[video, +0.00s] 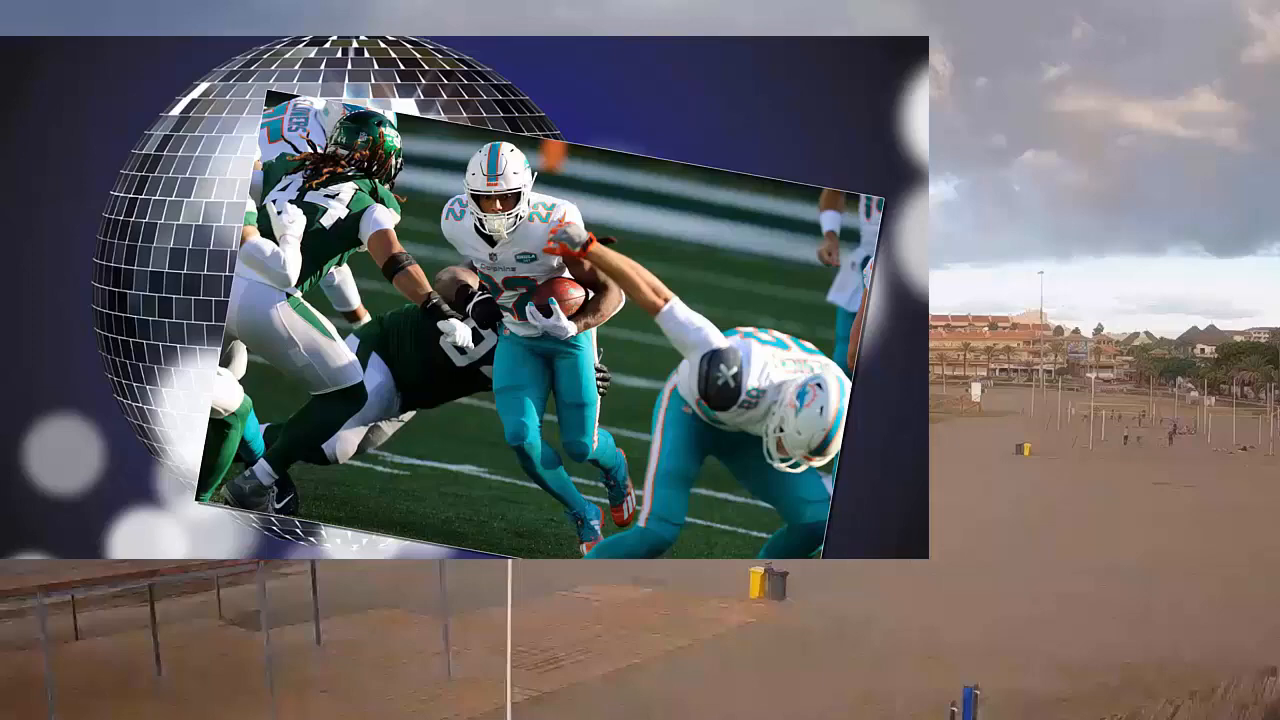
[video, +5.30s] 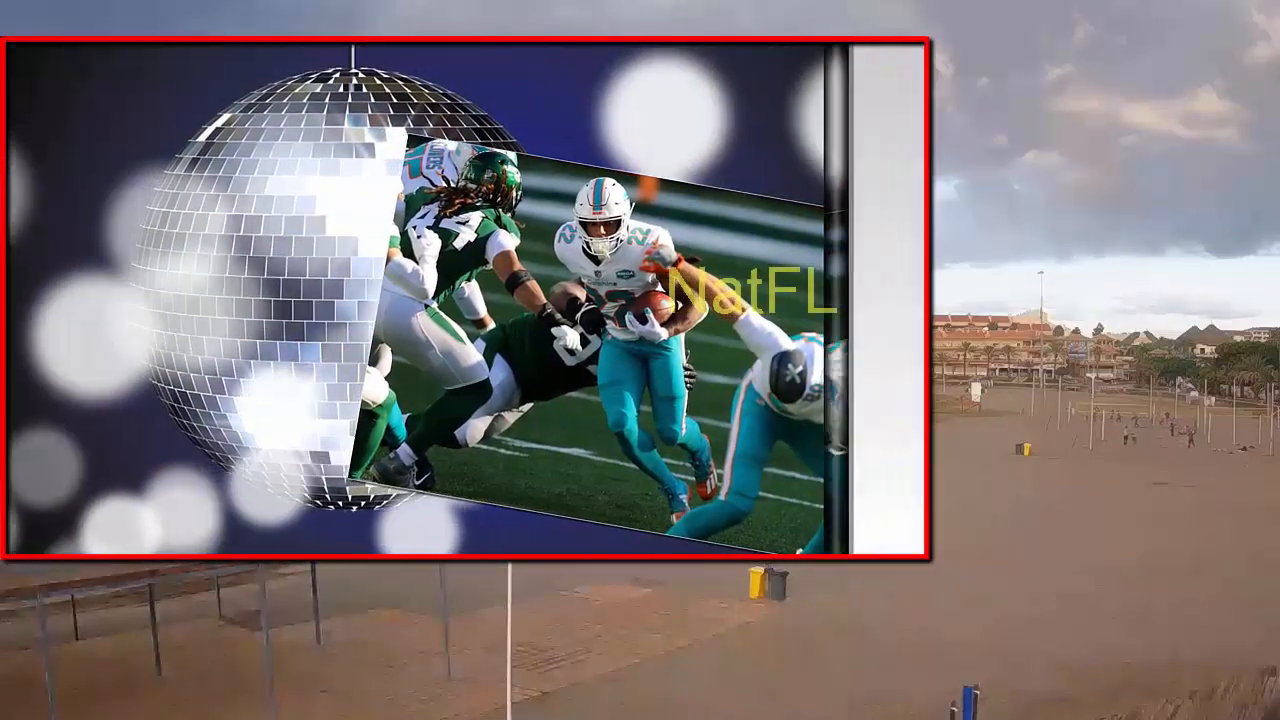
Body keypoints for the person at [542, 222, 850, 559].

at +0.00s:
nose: (793, 464)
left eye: (807, 460)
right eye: (788, 453)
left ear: (835, 435)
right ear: (777, 416)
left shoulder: (845, 416)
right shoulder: (733, 377)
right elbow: (657, 299)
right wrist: (588, 247)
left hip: (752, 429)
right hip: (692, 406)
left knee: (818, 519)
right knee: (658, 532)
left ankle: (754, 587)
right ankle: (573, 580)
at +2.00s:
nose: (813, 458)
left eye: (826, 454)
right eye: (809, 447)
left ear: (853, 432)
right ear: (799, 413)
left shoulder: (863, 413)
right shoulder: (757, 374)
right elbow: (684, 300)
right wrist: (622, 255)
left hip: (775, 425)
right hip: (720, 403)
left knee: (836, 510)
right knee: (689, 521)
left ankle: (775, 580)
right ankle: (607, 571)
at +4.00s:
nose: (834, 451)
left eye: (847, 448)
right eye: (830, 438)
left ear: (872, 427)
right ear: (823, 408)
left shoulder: (884, 413)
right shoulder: (778, 370)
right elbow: (714, 305)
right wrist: (657, 262)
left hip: (799, 422)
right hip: (746, 399)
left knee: (856, 498)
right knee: (719, 510)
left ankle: (795, 574)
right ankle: (638, 563)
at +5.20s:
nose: (845, 446)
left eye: (855, 442)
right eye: (843, 438)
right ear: (839, 408)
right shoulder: (799, 377)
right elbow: (733, 307)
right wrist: (675, 264)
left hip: (812, 418)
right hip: (762, 397)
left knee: (860, 497)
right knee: (735, 504)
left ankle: (805, 564)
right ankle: (660, 551)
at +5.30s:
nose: (781, 407)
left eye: (789, 405)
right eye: (777, 401)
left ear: (818, 395)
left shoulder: (842, 398)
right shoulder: (779, 351)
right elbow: (730, 304)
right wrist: (677, 264)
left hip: (811, 420)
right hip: (762, 397)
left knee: (851, 497)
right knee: (737, 504)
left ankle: (805, 562)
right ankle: (664, 548)